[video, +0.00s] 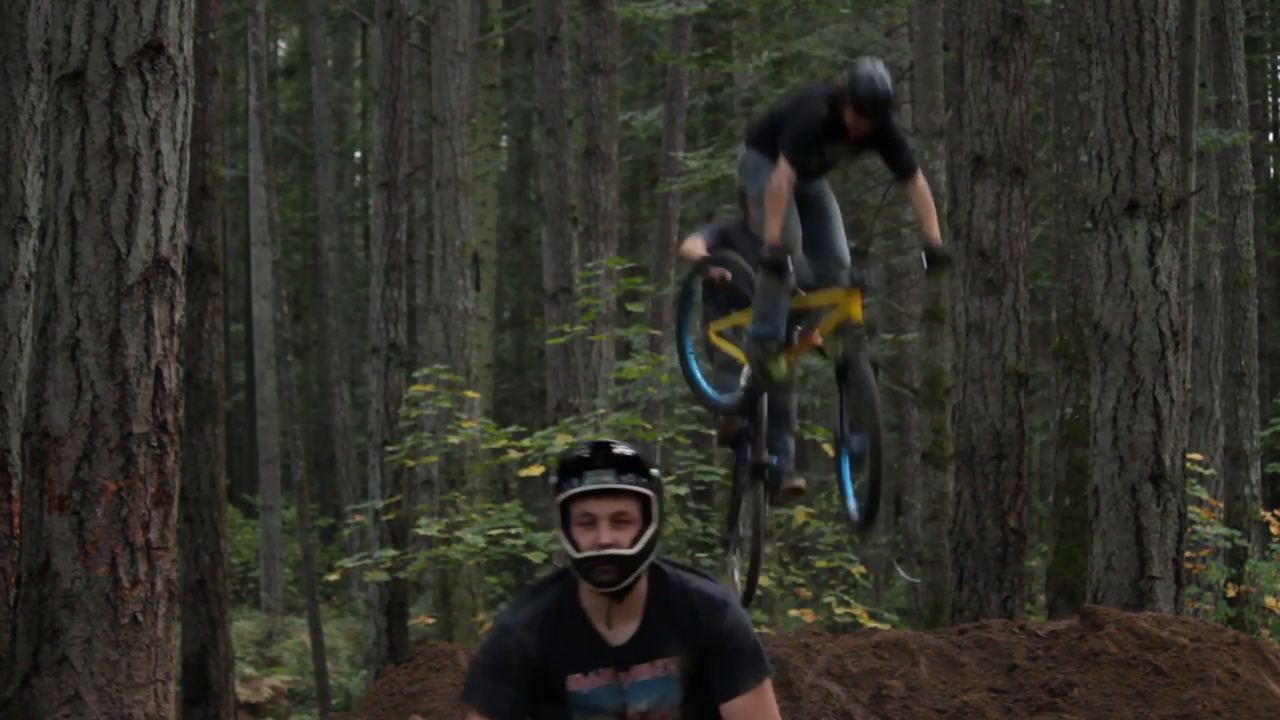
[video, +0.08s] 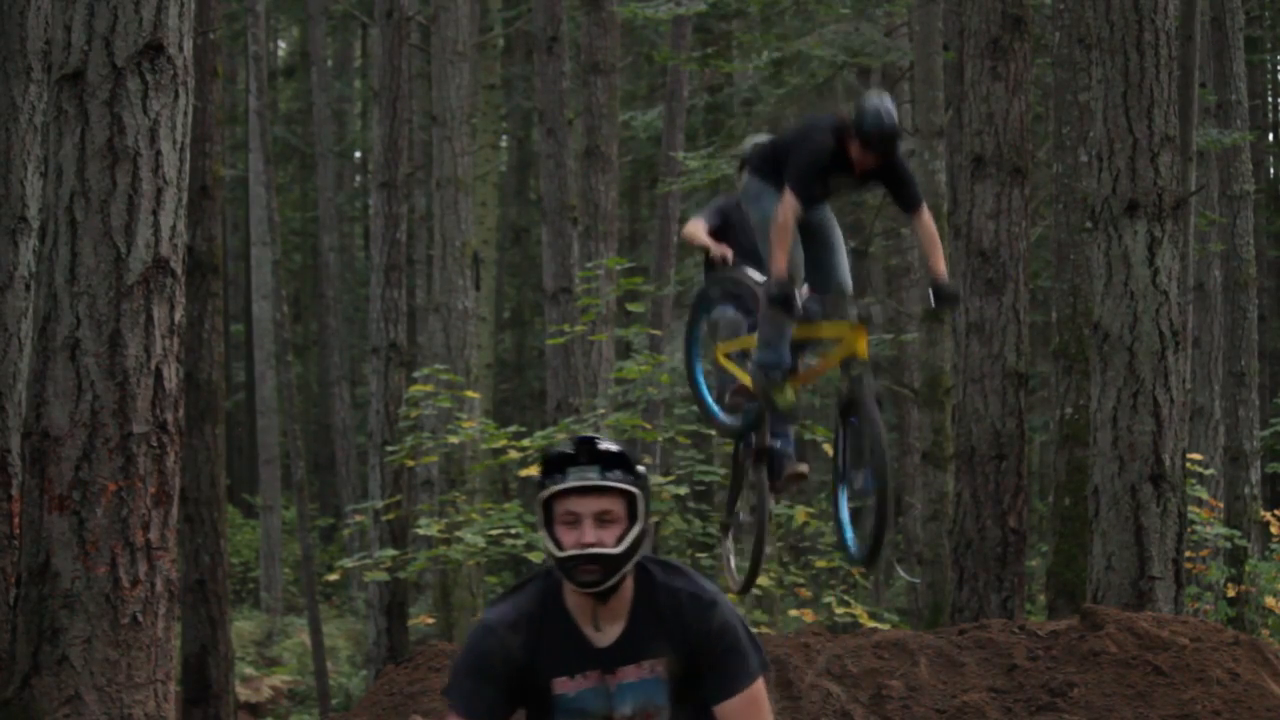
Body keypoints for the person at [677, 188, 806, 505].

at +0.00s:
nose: (763, 211)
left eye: (769, 204)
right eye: (757, 203)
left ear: (782, 208)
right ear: (746, 205)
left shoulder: (786, 247)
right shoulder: (729, 234)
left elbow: (806, 293)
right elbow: (690, 245)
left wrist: (809, 330)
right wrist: (709, 264)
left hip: (775, 339)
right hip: (729, 333)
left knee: (782, 406)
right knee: (733, 369)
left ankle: (783, 474)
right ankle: (729, 419)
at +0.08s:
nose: (755, 180)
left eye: (762, 174)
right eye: (750, 172)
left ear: (775, 178)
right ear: (742, 174)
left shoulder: (785, 220)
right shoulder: (729, 207)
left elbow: (798, 265)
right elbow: (691, 229)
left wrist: (803, 289)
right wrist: (711, 244)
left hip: (770, 306)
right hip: (730, 299)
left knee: (779, 377)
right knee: (729, 322)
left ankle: (783, 457)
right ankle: (730, 383)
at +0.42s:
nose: (765, 108)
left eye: (772, 101)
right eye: (758, 100)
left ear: (782, 105)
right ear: (745, 105)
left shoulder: (801, 152)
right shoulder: (732, 137)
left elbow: (820, 205)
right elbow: (703, 166)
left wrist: (835, 223)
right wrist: (724, 180)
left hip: (779, 245)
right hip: (734, 238)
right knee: (743, 257)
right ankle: (737, 340)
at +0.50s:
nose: (769, 99)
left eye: (776, 92)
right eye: (761, 91)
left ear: (786, 95)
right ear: (747, 94)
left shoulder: (807, 140)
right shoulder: (734, 124)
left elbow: (829, 191)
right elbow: (710, 152)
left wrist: (851, 200)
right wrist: (737, 153)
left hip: (783, 244)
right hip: (736, 236)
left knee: (792, 330)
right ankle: (738, 298)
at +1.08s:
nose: (806, 123)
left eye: (814, 114)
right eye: (798, 114)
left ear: (824, 116)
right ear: (780, 113)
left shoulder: (839, 162)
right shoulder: (764, 143)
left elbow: (865, 215)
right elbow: (750, 175)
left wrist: (881, 252)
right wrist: (782, 183)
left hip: (805, 267)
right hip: (756, 256)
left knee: (796, 350)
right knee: (760, 292)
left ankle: (784, 441)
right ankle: (720, 385)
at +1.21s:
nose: (825, 151)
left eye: (833, 143)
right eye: (817, 141)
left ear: (844, 145)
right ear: (800, 140)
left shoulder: (854, 194)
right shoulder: (779, 171)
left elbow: (869, 261)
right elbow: (760, 208)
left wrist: (876, 319)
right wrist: (781, 231)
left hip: (810, 298)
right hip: (759, 285)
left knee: (793, 390)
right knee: (752, 340)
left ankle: (775, 488)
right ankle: (725, 430)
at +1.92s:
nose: (989, 640)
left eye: (1003, 641)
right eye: (994, 624)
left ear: (1008, 650)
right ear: (983, 602)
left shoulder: (960, 674)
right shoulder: (938, 591)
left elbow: (945, 714)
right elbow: (869, 621)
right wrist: (839, 685)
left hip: (836, 651)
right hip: (819, 598)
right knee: (781, 685)